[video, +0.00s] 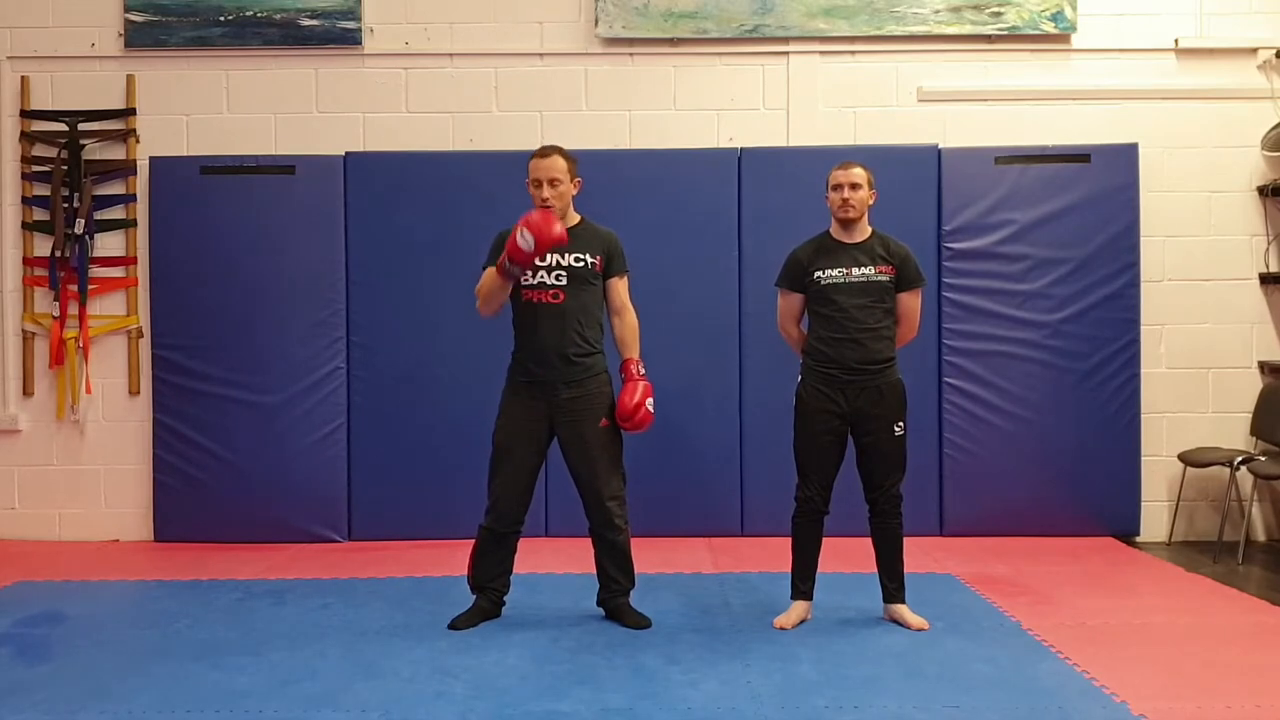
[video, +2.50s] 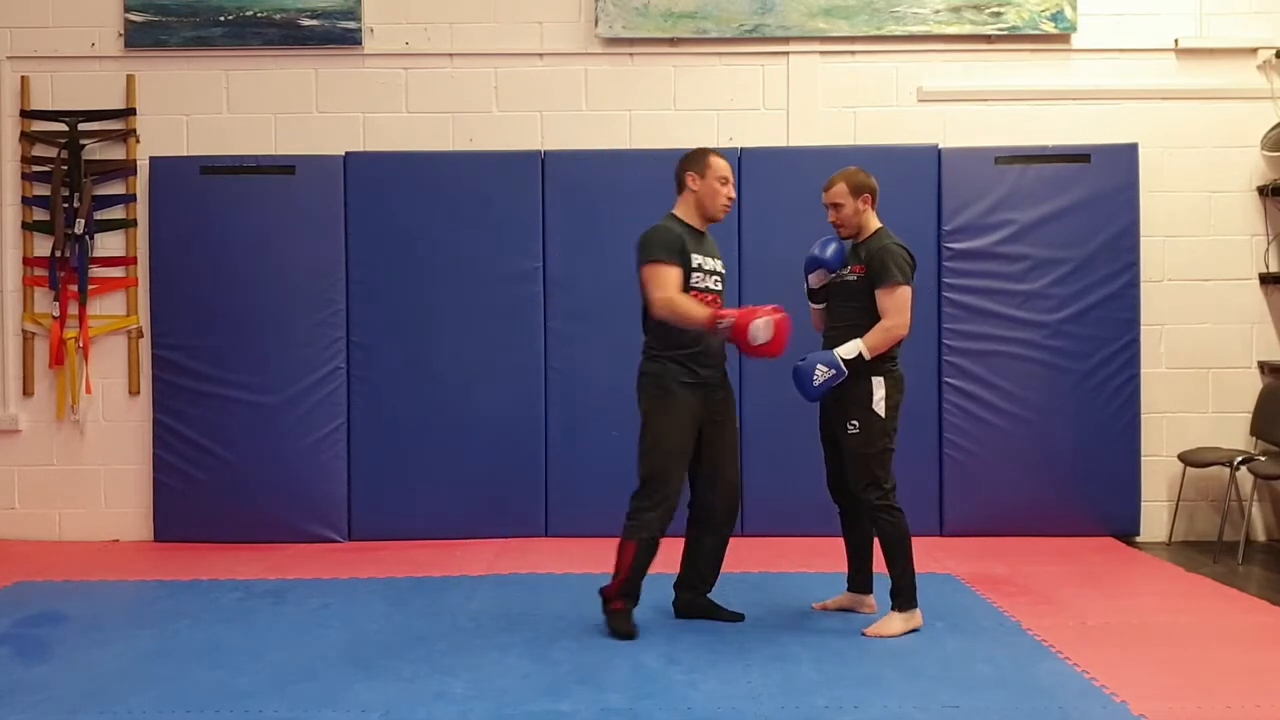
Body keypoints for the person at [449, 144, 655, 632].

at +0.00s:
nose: (543, 192)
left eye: (552, 183)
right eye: (535, 184)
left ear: (575, 185)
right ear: (527, 188)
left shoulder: (603, 242)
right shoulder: (514, 240)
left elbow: (622, 311)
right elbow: (486, 305)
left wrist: (633, 373)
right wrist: (515, 257)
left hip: (587, 389)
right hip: (527, 389)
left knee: (607, 500)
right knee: (505, 498)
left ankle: (616, 598)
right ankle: (488, 597)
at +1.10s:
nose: (612, 188)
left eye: (612, 180)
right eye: (602, 179)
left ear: (594, 186)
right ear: (569, 184)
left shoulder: (602, 246)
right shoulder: (530, 238)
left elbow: (606, 310)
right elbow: (501, 304)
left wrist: (637, 347)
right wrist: (562, 319)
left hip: (594, 390)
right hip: (540, 392)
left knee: (608, 497)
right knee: (514, 498)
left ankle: (614, 595)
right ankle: (489, 596)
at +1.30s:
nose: (649, 192)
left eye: (650, 184)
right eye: (640, 183)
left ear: (627, 189)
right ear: (609, 185)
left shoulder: (633, 250)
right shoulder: (565, 231)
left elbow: (651, 312)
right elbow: (530, 291)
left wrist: (701, 314)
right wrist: (586, 318)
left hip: (614, 388)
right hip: (560, 386)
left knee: (619, 496)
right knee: (529, 494)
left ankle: (615, 594)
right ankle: (491, 590)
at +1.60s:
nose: (671, 191)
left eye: (674, 183)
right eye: (662, 180)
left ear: (671, 189)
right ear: (632, 181)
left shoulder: (663, 251)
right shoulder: (589, 227)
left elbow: (674, 315)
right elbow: (547, 286)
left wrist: (719, 314)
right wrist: (595, 319)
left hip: (633, 380)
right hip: (582, 375)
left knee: (631, 489)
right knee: (579, 485)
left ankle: (616, 593)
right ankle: (567, 598)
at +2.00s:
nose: (640, 188)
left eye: (647, 178)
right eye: (629, 179)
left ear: (655, 182)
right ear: (608, 183)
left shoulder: (665, 242)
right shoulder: (584, 240)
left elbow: (666, 294)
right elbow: (556, 307)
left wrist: (686, 322)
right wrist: (606, 336)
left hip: (664, 385)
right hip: (608, 389)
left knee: (703, 480)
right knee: (601, 500)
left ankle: (674, 573)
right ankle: (602, 607)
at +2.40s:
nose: (712, 190)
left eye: (713, 181)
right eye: (702, 180)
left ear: (706, 188)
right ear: (671, 183)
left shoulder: (705, 246)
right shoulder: (636, 241)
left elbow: (711, 306)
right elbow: (614, 310)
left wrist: (735, 309)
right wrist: (674, 332)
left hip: (705, 390)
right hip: (654, 390)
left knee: (717, 495)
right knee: (632, 498)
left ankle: (693, 595)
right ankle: (607, 605)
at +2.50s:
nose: (731, 193)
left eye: (732, 184)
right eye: (723, 182)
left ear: (704, 186)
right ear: (692, 183)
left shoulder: (708, 246)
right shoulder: (663, 237)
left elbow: (704, 312)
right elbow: (663, 302)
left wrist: (745, 328)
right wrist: (725, 321)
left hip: (712, 386)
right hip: (670, 384)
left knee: (719, 493)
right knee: (660, 492)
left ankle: (693, 595)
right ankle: (620, 599)